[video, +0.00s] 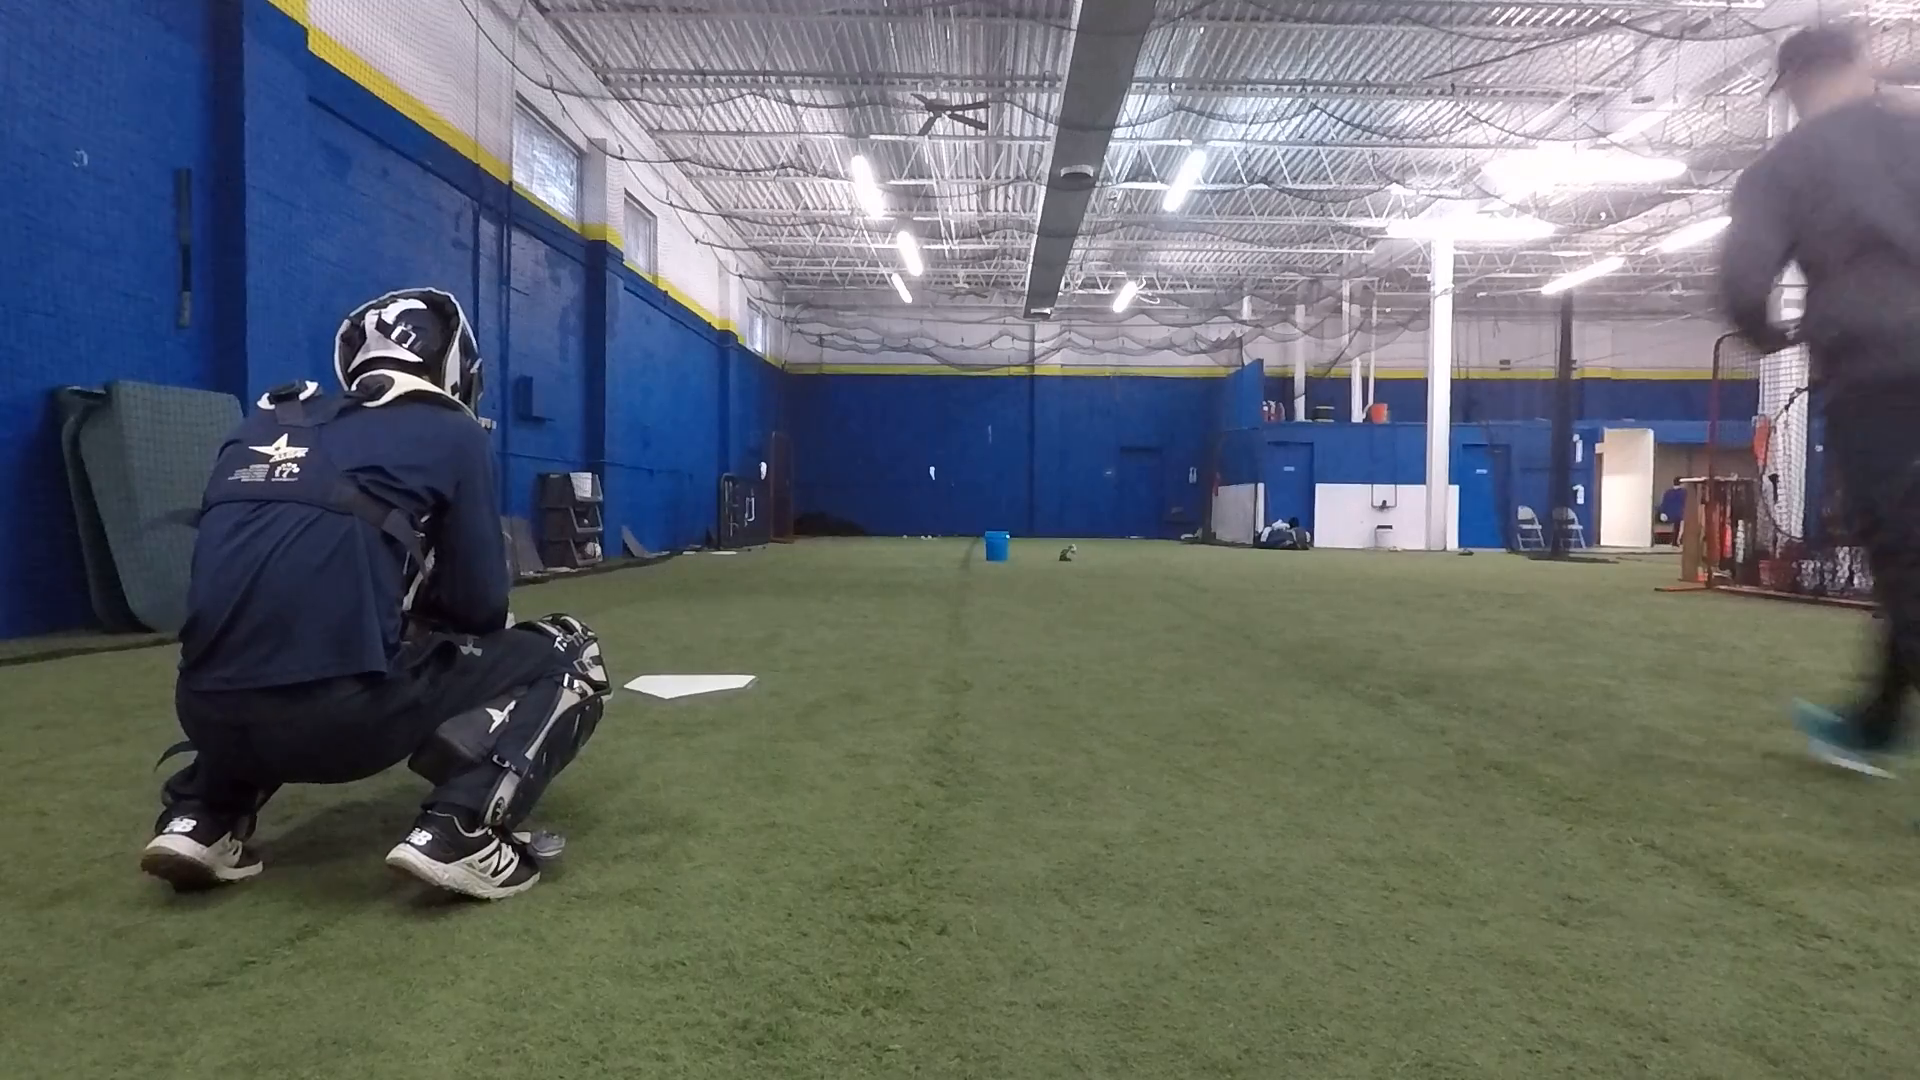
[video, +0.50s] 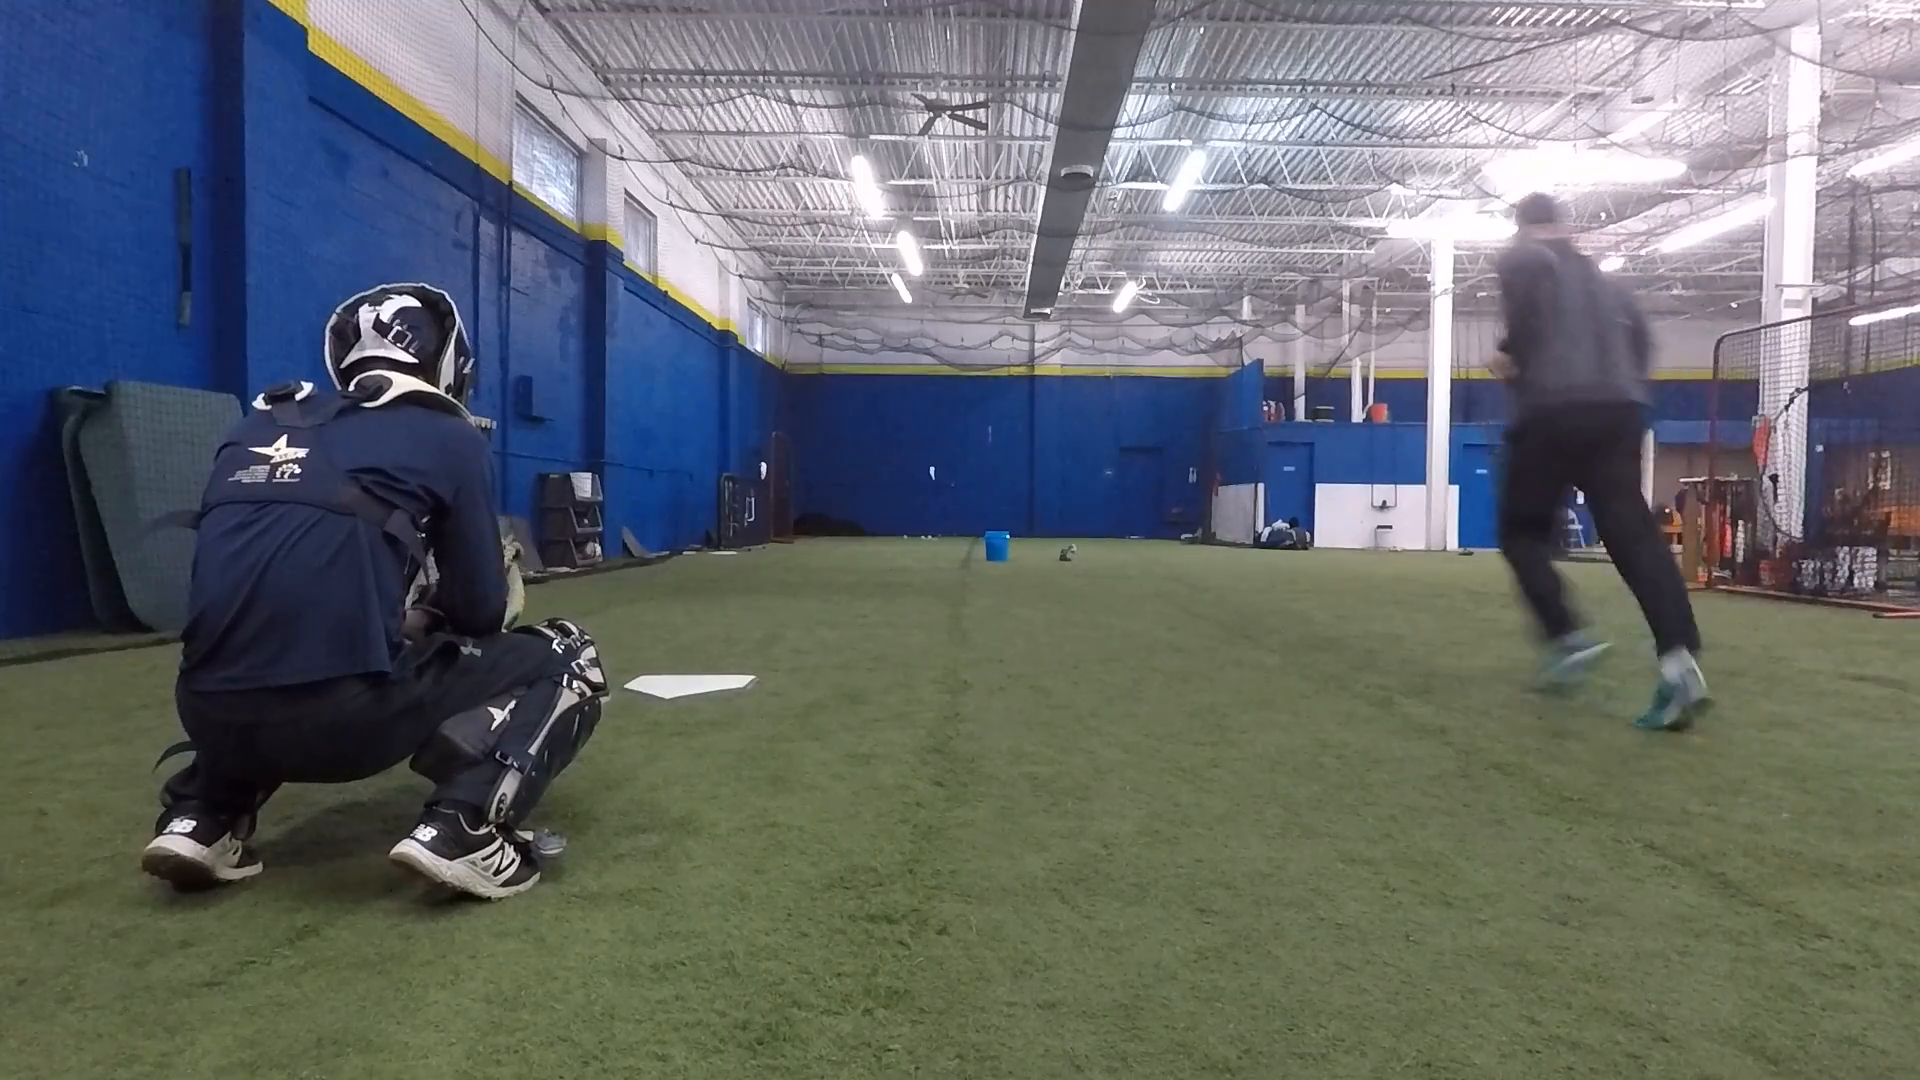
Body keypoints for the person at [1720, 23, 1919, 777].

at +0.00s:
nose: (1796, 104)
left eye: (1790, 92)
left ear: (1792, 86)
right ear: (1862, 66)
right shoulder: (1911, 129)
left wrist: (1770, 331)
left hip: (1874, 376)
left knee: (1897, 544)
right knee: (1899, 543)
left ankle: (1888, 720)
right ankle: (1879, 718)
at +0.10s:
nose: (1716, 165)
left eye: (1715, 155)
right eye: (1719, 155)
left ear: (1722, 148)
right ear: (1780, 133)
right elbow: (1916, 230)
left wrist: (1733, 325)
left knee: (1880, 576)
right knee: (1817, 556)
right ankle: (1747, 696)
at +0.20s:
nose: (1668, 186)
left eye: (1667, 177)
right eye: (1681, 174)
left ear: (1669, 177)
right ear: (1724, 170)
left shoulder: (1653, 224)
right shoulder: (1790, 218)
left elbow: (1628, 305)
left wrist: (1679, 339)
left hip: (1739, 407)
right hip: (1817, 400)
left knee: (1804, 568)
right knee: (1726, 552)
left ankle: (1908, 715)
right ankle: (1695, 705)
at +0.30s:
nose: (1641, 222)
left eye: (1625, 213)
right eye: (1655, 209)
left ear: (1619, 217)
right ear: (1671, 213)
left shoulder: (1602, 263)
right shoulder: (1725, 262)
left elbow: (1586, 335)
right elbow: (1767, 351)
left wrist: (1606, 405)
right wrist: (1742, 406)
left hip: (1672, 428)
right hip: (1740, 422)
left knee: (1673, 571)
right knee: (1654, 562)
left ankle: (1800, 657)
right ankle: (1680, 708)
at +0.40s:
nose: (1572, 243)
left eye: (1569, 234)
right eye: (1584, 233)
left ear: (1572, 232)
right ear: (1615, 231)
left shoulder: (1565, 268)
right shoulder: (1655, 276)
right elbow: (1697, 350)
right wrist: (1696, 412)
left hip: (1609, 430)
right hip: (1680, 426)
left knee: (1578, 562)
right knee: (1644, 558)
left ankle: (1670, 623)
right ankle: (1666, 706)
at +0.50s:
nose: (1521, 236)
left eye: (1521, 227)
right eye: (1530, 226)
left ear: (1522, 226)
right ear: (1565, 226)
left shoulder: (1520, 254)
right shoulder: (1599, 275)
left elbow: (1527, 298)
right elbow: (1638, 329)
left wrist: (1512, 353)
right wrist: (1630, 383)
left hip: (1552, 415)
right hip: (1619, 411)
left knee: (1523, 531)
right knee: (1629, 527)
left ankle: (1568, 637)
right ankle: (1678, 657)